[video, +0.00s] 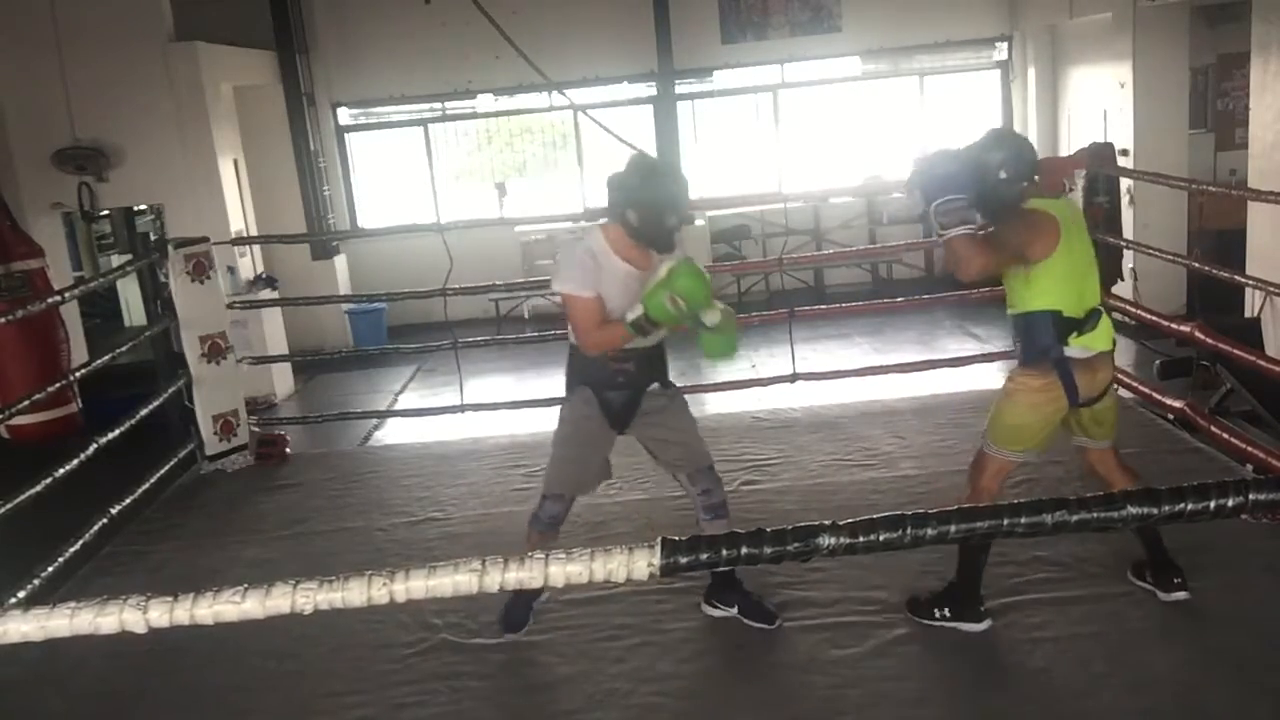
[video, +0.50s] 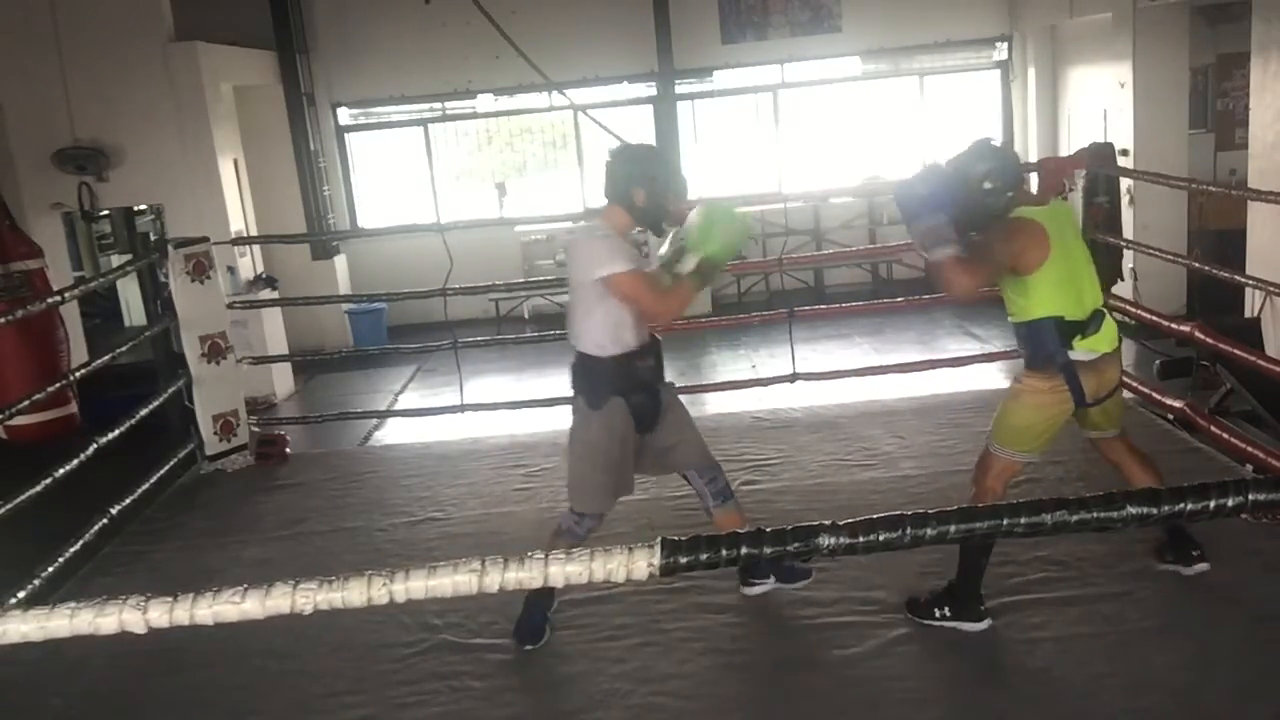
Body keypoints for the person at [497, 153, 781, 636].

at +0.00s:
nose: (679, 225)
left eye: (680, 213)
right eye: (670, 214)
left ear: (671, 210)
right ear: (635, 211)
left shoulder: (669, 256)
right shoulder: (582, 256)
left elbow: (687, 317)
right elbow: (589, 340)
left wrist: (710, 321)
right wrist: (651, 317)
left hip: (652, 388)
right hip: (592, 391)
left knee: (707, 486)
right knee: (555, 503)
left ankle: (724, 585)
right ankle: (527, 584)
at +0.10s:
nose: (671, 211)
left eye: (672, 200)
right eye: (665, 200)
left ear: (642, 198)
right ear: (633, 198)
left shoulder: (653, 241)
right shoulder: (573, 247)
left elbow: (661, 303)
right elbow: (591, 331)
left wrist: (696, 315)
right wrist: (650, 301)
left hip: (645, 376)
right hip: (588, 383)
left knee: (698, 482)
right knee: (562, 504)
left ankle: (723, 583)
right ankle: (536, 592)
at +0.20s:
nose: (649, 214)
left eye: (650, 203)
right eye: (642, 203)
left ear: (615, 202)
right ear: (610, 202)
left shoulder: (632, 248)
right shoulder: (562, 266)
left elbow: (647, 313)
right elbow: (600, 340)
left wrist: (684, 307)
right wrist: (655, 307)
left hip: (637, 384)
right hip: (584, 394)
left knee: (702, 483)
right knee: (569, 515)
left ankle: (723, 583)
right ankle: (538, 603)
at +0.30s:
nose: (647, 212)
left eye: (648, 201)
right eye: (641, 201)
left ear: (607, 199)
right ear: (611, 199)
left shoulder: (613, 247)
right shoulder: (563, 264)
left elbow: (624, 316)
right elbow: (608, 339)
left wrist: (664, 279)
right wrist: (657, 297)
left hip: (637, 389)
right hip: (587, 400)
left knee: (709, 475)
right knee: (572, 517)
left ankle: (727, 575)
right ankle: (536, 605)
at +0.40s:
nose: (650, 206)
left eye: (652, 195)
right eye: (644, 194)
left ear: (614, 193)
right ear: (616, 192)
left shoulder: (612, 246)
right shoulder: (577, 252)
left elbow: (632, 310)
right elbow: (622, 329)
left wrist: (670, 263)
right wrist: (675, 283)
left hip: (638, 381)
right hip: (592, 391)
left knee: (706, 469)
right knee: (576, 509)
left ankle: (740, 567)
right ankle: (538, 603)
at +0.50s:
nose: (673, 204)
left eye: (673, 194)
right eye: (667, 193)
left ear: (634, 193)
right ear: (637, 192)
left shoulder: (631, 241)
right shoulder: (595, 244)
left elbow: (649, 302)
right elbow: (659, 311)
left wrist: (683, 254)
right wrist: (705, 268)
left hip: (646, 381)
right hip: (604, 389)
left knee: (707, 475)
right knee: (586, 513)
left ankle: (753, 562)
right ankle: (541, 595)